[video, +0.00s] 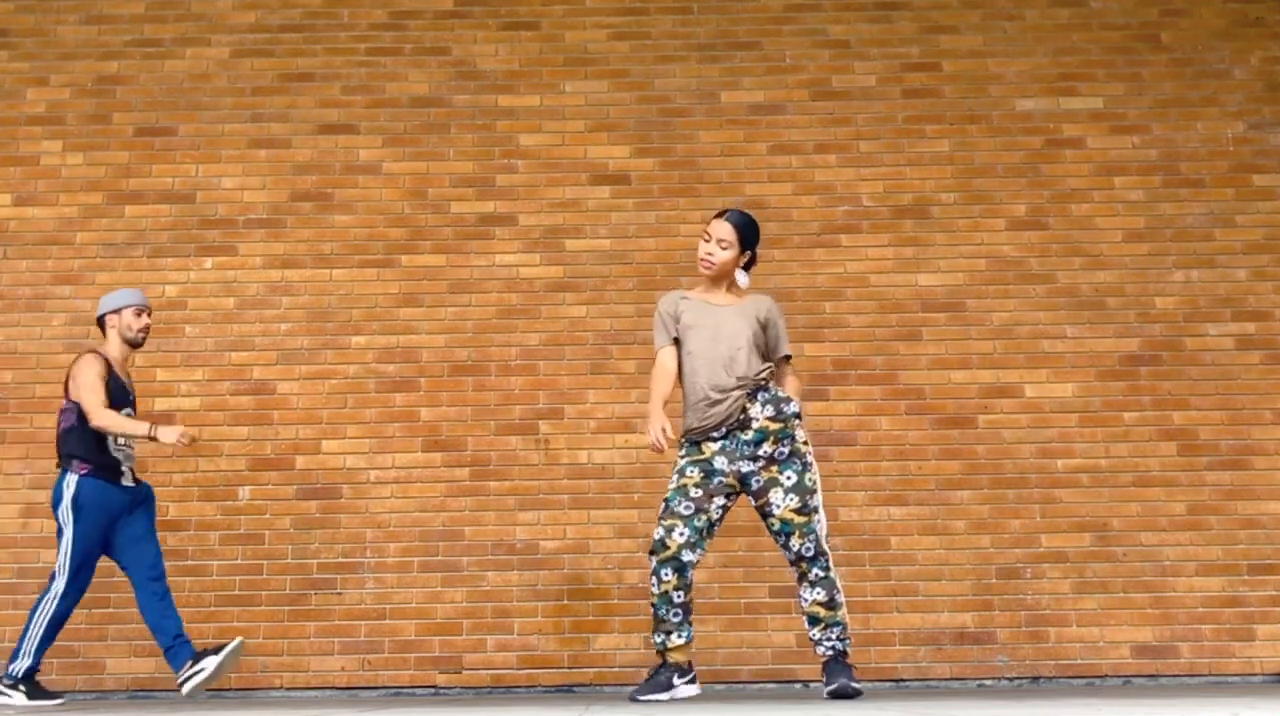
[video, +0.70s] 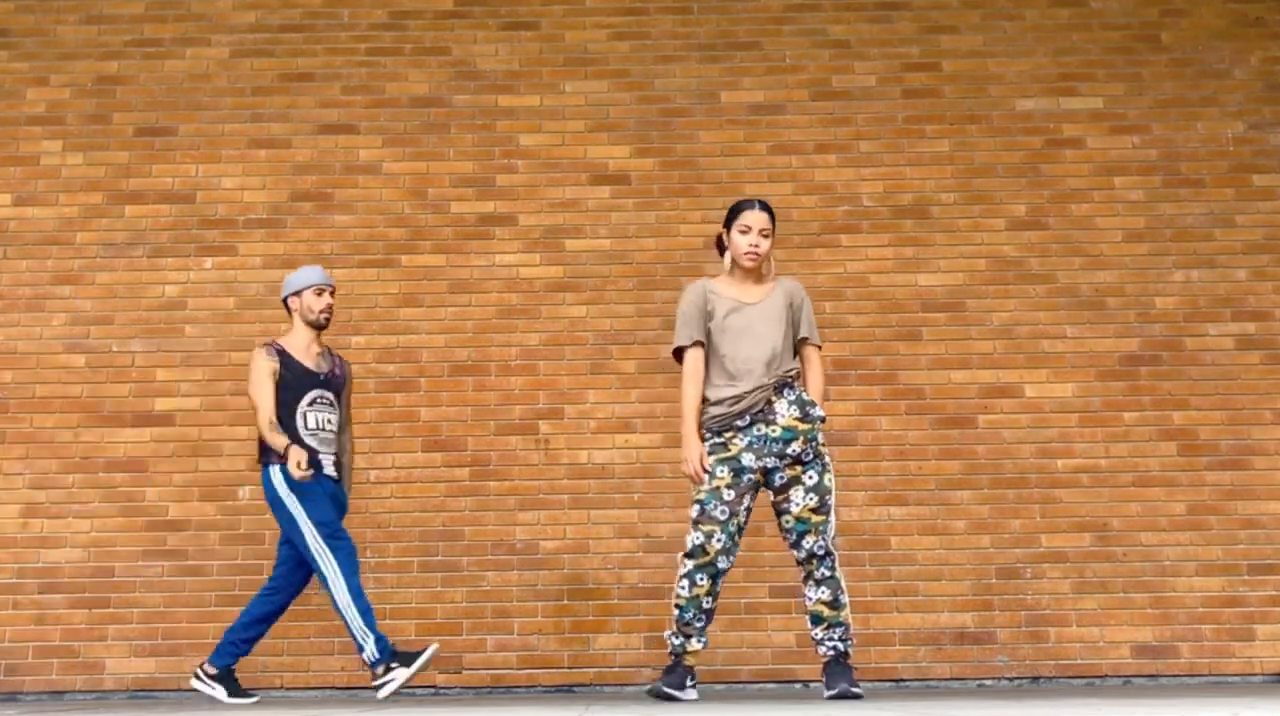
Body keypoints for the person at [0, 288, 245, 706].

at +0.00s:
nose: (146, 322)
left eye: (148, 316)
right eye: (138, 314)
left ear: (138, 325)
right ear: (111, 320)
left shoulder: (121, 381)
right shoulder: (90, 362)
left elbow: (109, 442)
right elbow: (97, 415)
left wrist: (129, 479)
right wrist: (154, 430)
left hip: (126, 495)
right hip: (86, 489)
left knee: (150, 579)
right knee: (67, 584)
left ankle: (187, 665)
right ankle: (16, 677)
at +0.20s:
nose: (207, 311)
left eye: (209, 304)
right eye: (199, 302)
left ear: (199, 313)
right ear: (171, 308)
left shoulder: (183, 362)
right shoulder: (157, 343)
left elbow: (181, 421)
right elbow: (175, 402)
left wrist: (203, 456)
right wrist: (210, 445)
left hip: (188, 484)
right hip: (149, 478)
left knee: (186, 581)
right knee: (119, 570)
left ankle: (199, 674)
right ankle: (46, 653)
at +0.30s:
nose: (236, 303)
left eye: (237, 296)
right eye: (227, 295)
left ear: (228, 306)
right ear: (200, 302)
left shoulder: (215, 357)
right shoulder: (186, 339)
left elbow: (213, 418)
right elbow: (202, 407)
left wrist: (230, 459)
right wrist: (229, 447)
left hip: (212, 479)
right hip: (178, 472)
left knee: (203, 580)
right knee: (152, 565)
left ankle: (202, 675)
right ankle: (90, 656)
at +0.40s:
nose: (262, 298)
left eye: (264, 291)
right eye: (254, 290)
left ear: (260, 301)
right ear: (227, 297)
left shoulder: (241, 357)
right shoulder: (210, 338)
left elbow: (233, 417)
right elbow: (222, 403)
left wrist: (255, 449)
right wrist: (258, 440)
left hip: (239, 476)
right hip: (203, 469)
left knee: (223, 575)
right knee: (196, 568)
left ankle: (207, 672)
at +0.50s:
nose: (285, 295)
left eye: (287, 289)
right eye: (275, 287)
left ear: (286, 299)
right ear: (249, 296)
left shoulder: (280, 363)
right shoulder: (227, 338)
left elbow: (275, 428)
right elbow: (230, 400)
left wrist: (280, 466)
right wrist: (282, 434)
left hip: (263, 470)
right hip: (225, 464)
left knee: (236, 564)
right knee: (248, 555)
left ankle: (205, 674)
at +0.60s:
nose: (306, 296)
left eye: (309, 290)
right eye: (297, 289)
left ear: (309, 298)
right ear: (271, 296)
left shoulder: (311, 363)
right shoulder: (246, 344)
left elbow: (309, 427)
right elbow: (238, 407)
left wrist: (310, 473)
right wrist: (294, 434)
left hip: (293, 473)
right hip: (254, 466)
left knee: (254, 579)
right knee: (293, 550)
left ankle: (208, 674)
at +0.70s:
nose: (328, 301)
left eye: (331, 294)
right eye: (318, 294)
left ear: (332, 302)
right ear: (293, 301)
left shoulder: (339, 366)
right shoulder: (268, 356)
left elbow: (343, 434)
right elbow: (267, 422)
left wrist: (342, 488)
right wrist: (289, 447)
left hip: (327, 479)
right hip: (288, 474)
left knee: (286, 582)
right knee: (336, 554)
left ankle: (217, 665)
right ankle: (381, 662)